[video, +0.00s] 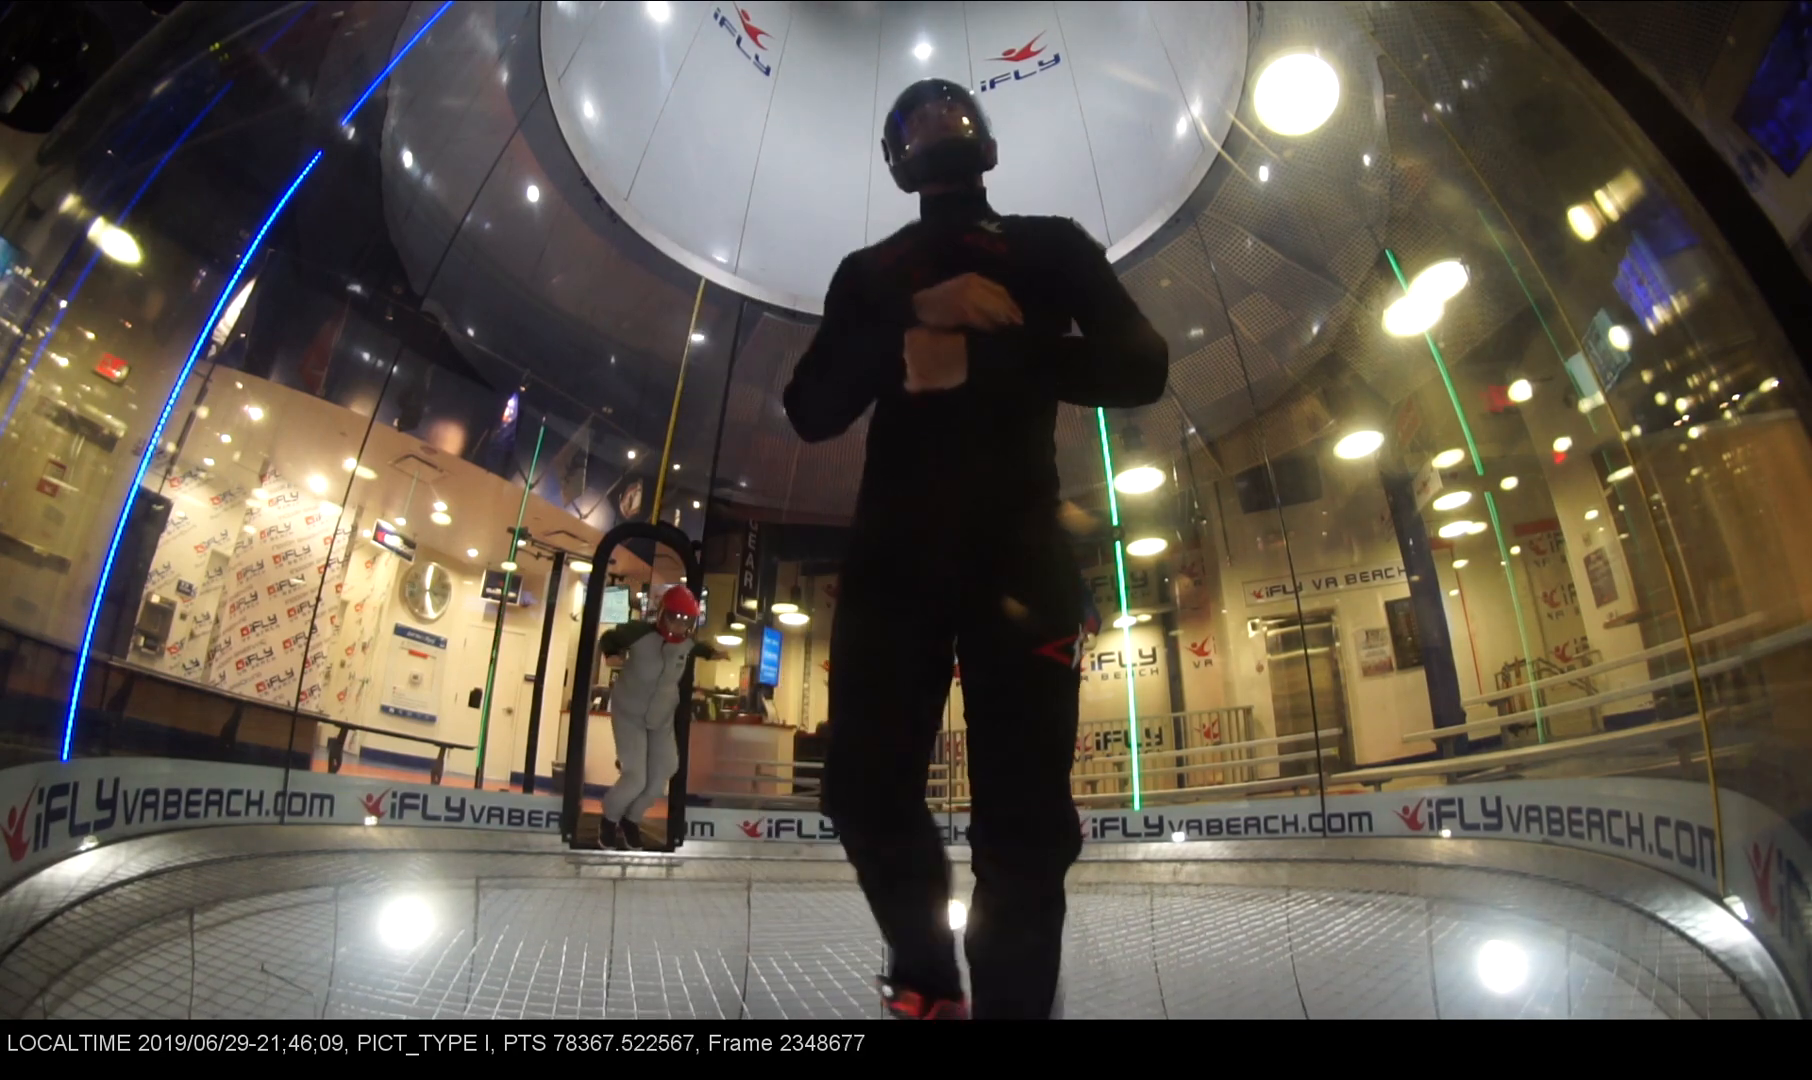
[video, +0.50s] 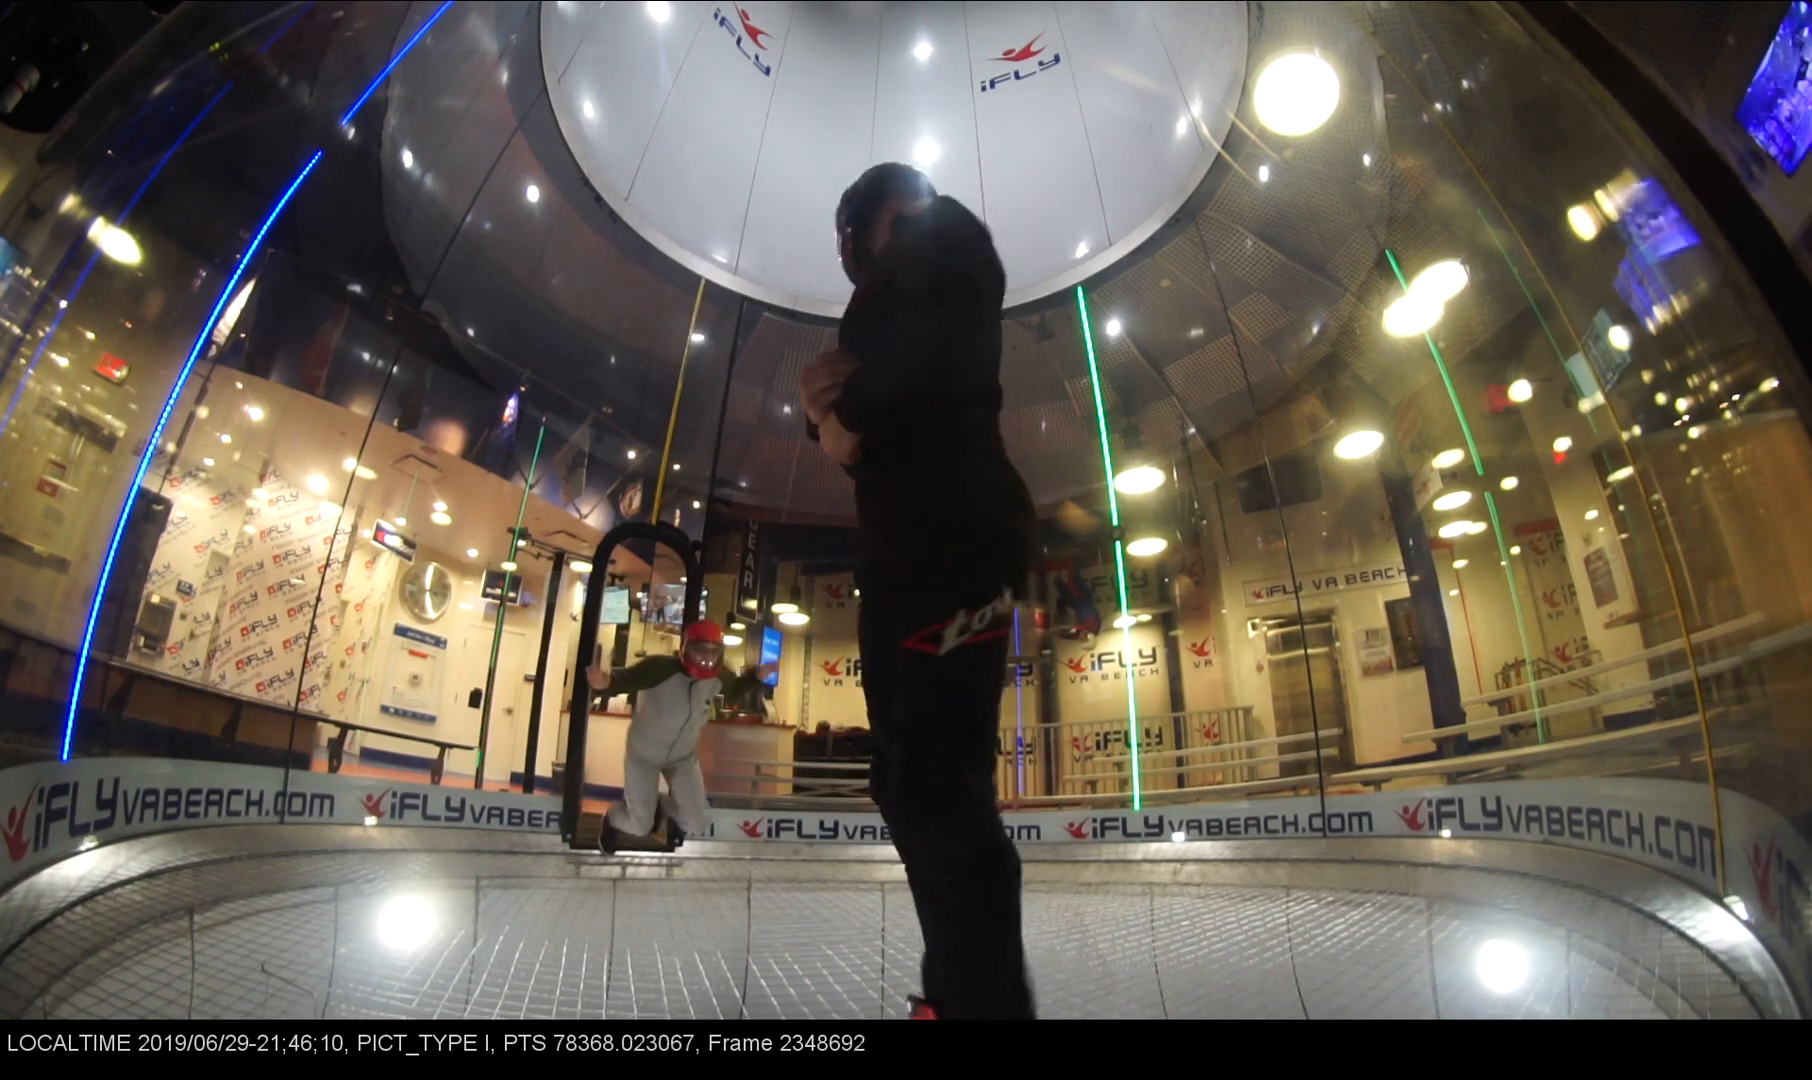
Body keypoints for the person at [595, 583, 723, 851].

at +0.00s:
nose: (680, 627)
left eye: (686, 622)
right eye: (675, 619)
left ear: (692, 622)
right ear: (662, 614)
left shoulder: (688, 644)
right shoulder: (640, 632)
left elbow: (702, 648)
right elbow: (607, 642)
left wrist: (715, 653)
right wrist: (613, 654)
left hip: (662, 721)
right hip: (629, 716)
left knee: (660, 782)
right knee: (635, 778)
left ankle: (631, 820)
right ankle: (610, 818)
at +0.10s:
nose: (683, 633)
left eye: (689, 628)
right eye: (678, 625)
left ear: (696, 629)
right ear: (666, 621)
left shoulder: (691, 652)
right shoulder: (644, 638)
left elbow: (703, 657)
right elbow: (608, 647)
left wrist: (717, 661)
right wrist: (616, 650)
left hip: (665, 730)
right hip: (632, 725)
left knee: (663, 787)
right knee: (638, 787)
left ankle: (632, 819)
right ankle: (610, 816)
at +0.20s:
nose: (686, 641)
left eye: (693, 636)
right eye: (681, 633)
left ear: (700, 638)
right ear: (669, 629)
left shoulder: (694, 660)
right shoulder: (646, 646)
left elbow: (709, 665)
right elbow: (608, 652)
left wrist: (723, 664)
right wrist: (608, 659)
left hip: (668, 736)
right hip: (633, 732)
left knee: (664, 800)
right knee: (638, 799)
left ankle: (633, 823)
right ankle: (611, 817)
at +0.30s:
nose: (693, 647)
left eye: (699, 642)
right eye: (688, 640)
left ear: (705, 645)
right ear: (674, 636)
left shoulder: (696, 669)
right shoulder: (650, 656)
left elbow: (709, 675)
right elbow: (616, 660)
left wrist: (728, 669)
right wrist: (603, 664)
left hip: (669, 744)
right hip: (635, 740)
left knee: (668, 806)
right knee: (635, 805)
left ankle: (636, 830)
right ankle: (611, 820)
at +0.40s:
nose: (698, 654)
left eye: (705, 649)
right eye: (693, 646)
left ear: (712, 651)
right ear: (679, 643)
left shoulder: (705, 676)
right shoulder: (655, 663)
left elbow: (717, 685)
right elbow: (626, 674)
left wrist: (739, 675)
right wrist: (609, 678)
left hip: (674, 757)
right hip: (638, 753)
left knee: (677, 816)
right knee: (639, 813)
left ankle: (642, 833)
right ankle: (611, 822)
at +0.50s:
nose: (706, 657)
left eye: (713, 652)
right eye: (700, 650)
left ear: (720, 654)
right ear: (686, 648)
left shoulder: (716, 678)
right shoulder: (661, 668)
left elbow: (734, 689)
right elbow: (627, 679)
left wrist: (755, 676)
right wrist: (605, 683)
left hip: (683, 760)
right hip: (643, 759)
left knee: (695, 825)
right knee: (642, 826)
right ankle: (612, 819)